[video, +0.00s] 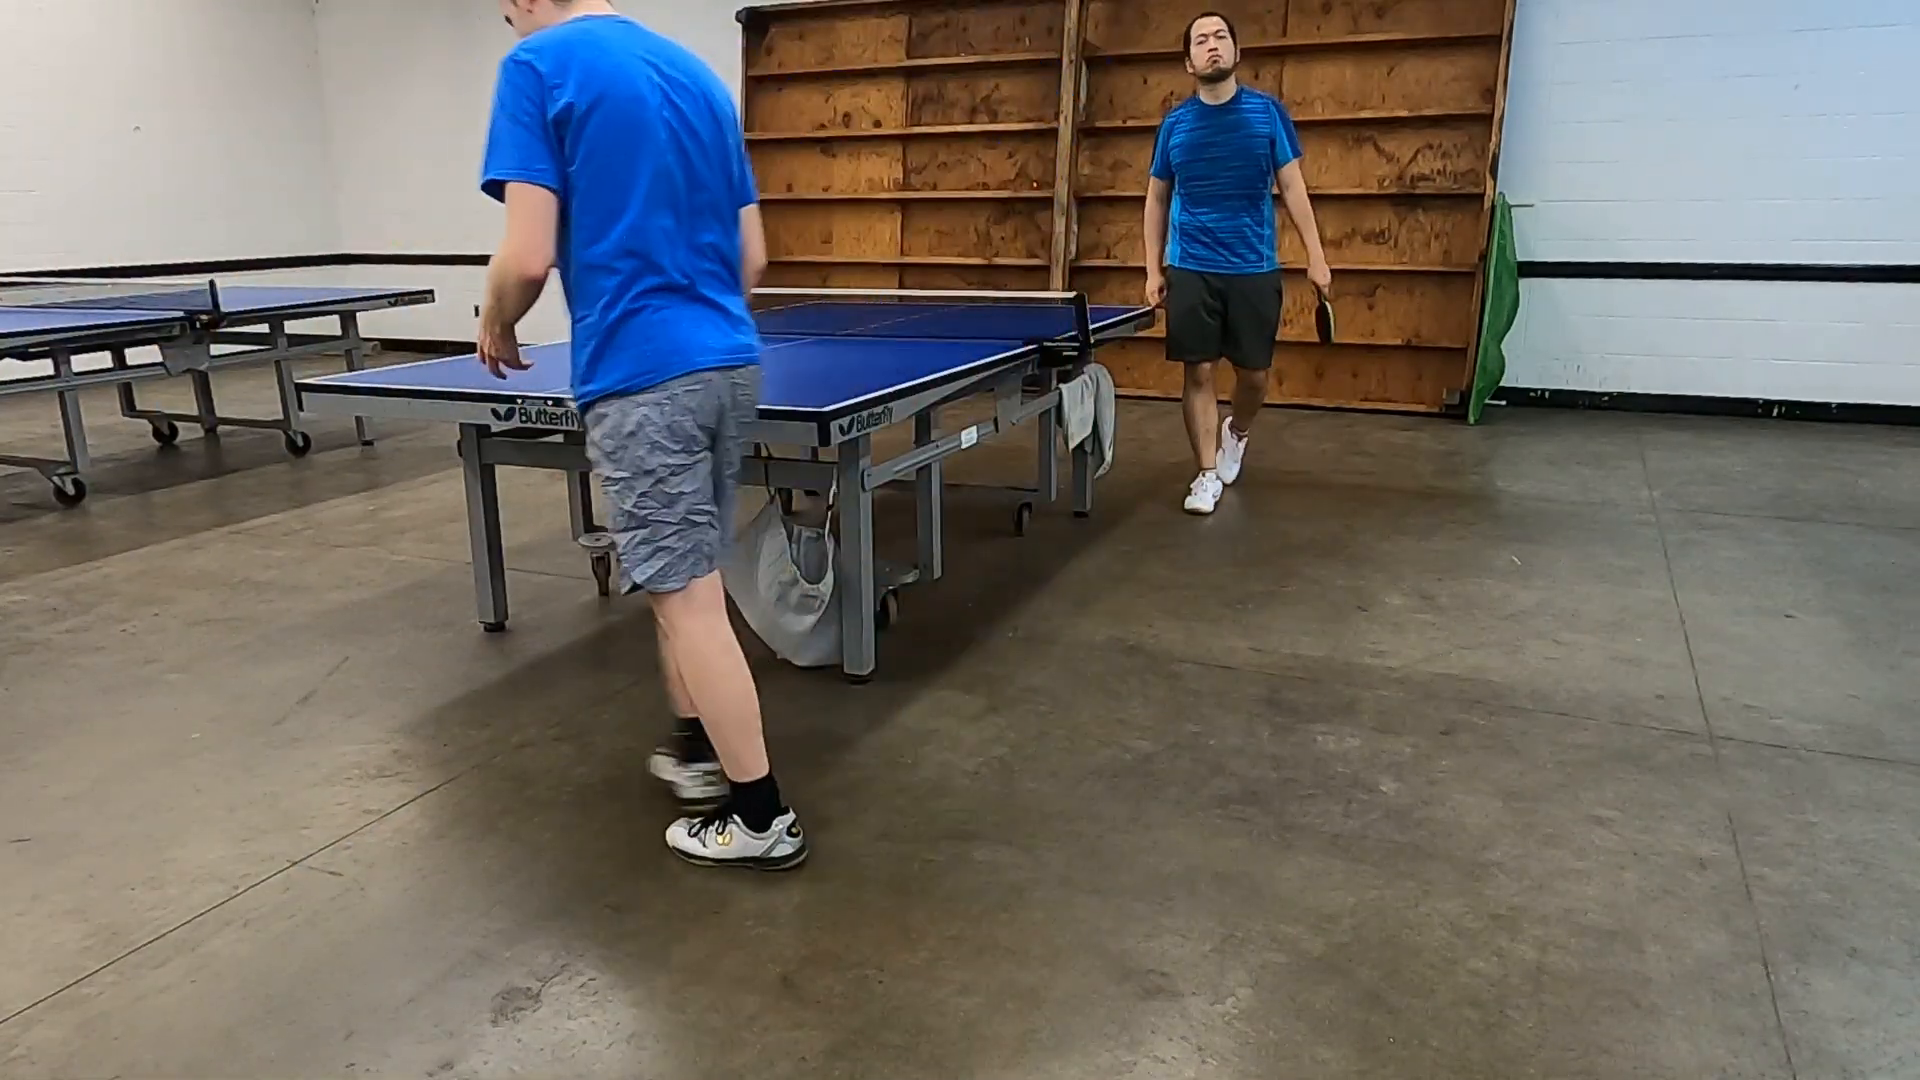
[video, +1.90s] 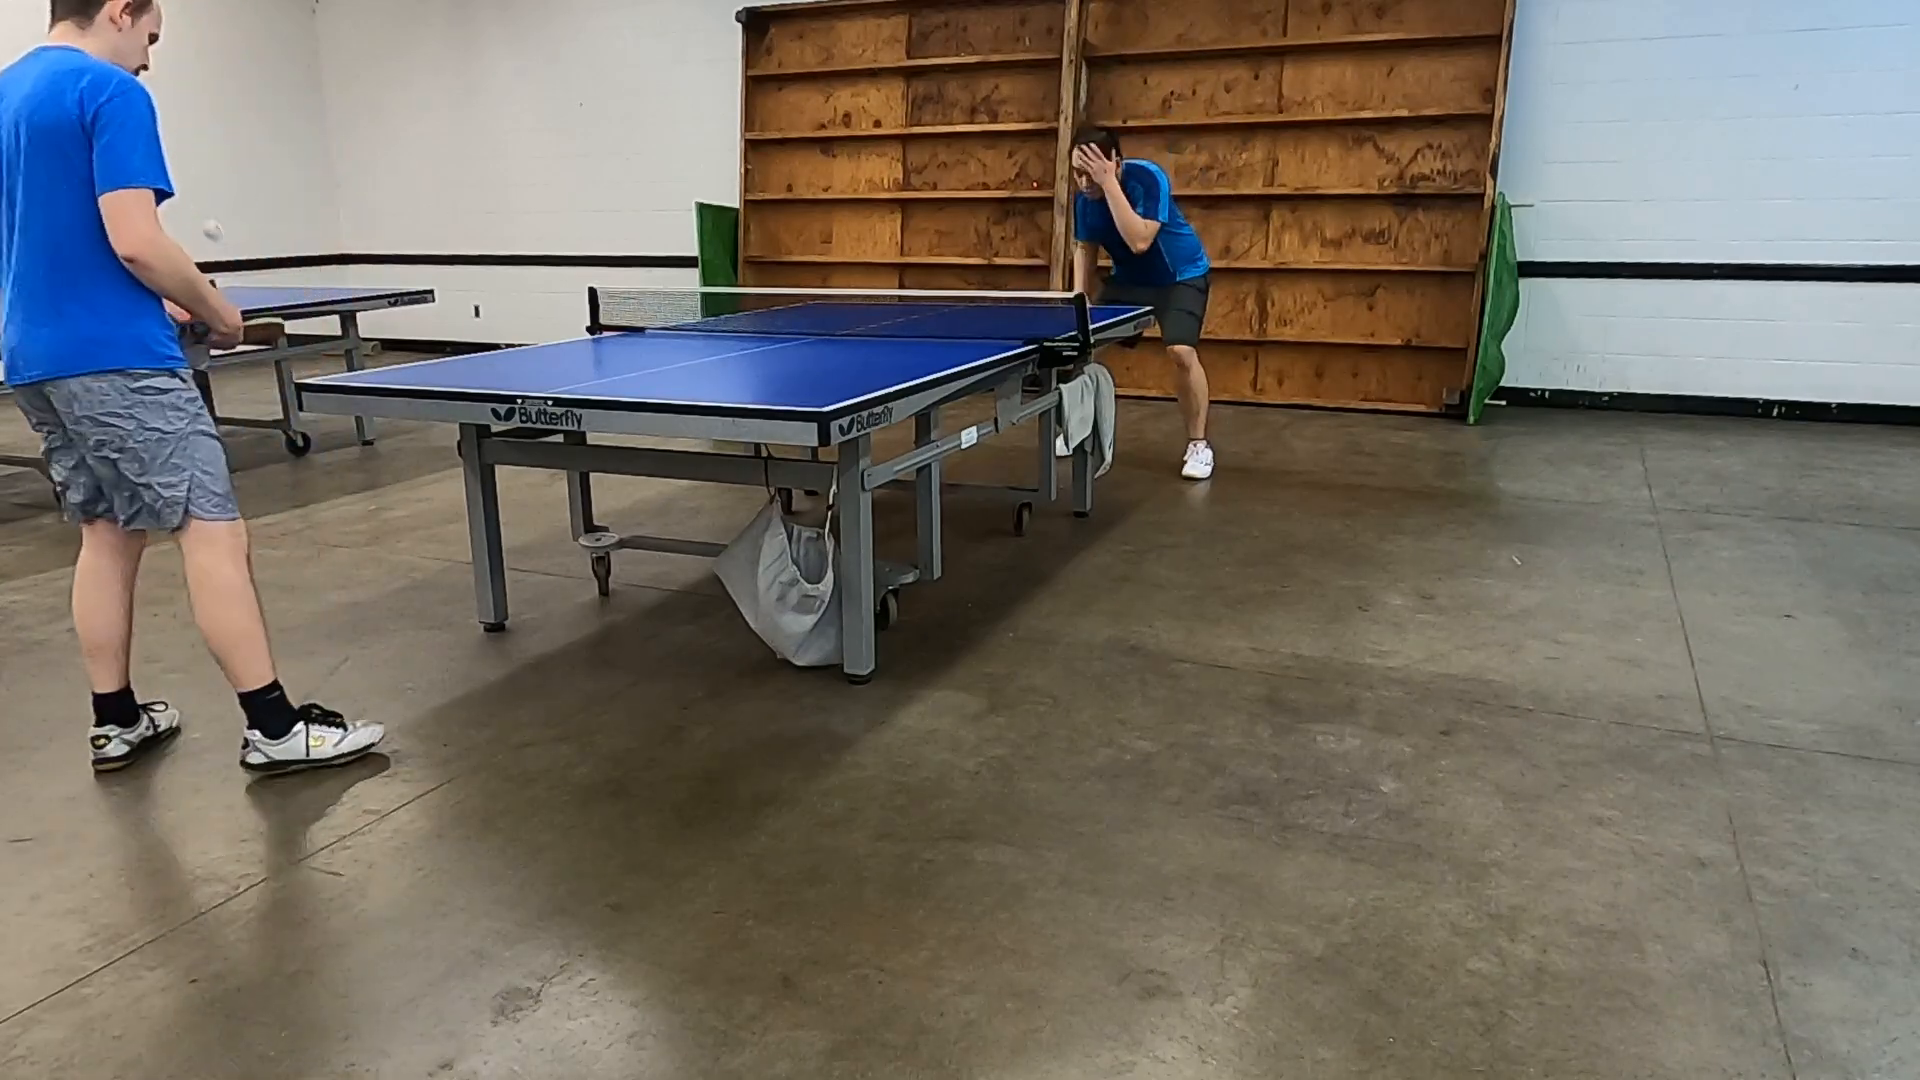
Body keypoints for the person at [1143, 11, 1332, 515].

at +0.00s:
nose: (1211, 45)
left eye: (1220, 37)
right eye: (1201, 41)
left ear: (1238, 52)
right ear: (1190, 62)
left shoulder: (1268, 112)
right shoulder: (1174, 124)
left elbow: (1293, 188)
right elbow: (1156, 200)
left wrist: (1316, 257)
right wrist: (1152, 269)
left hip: (1254, 269)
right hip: (1191, 268)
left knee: (1254, 374)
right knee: (1197, 371)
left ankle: (1234, 435)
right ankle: (1206, 473)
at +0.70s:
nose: (1241, 58)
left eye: (1252, 52)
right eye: (1234, 51)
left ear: (1268, 66)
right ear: (1223, 62)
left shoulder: (1278, 131)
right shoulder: (1193, 116)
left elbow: (1286, 199)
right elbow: (1154, 177)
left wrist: (1263, 243)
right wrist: (1174, 231)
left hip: (1238, 264)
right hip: (1182, 257)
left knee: (1230, 360)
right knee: (1169, 353)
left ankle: (1223, 446)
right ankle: (1149, 440)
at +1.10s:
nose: (1180, 66)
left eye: (1190, 60)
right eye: (1174, 61)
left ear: (1210, 73)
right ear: (1166, 73)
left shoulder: (1227, 129)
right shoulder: (1146, 129)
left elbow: (1252, 192)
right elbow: (1115, 189)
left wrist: (1199, 203)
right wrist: (1141, 206)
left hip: (1198, 268)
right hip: (1140, 263)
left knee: (1207, 358)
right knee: (1100, 348)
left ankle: (1221, 446)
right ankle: (1079, 427)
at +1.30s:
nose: (1128, 80)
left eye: (1140, 73)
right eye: (1124, 73)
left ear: (1162, 85)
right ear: (1118, 83)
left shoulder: (1182, 135)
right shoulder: (1107, 142)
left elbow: (1199, 199)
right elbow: (1088, 198)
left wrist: (1146, 184)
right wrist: (1073, 242)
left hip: (1168, 273)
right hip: (1111, 269)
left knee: (1187, 358)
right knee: (1083, 352)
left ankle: (1215, 445)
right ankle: (1080, 432)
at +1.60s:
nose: (1080, 119)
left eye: (1088, 110)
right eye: (1075, 110)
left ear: (1112, 109)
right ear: (1071, 111)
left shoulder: (1145, 141)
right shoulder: (1086, 151)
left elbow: (1151, 203)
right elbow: (1079, 205)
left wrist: (1103, 154)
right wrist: (1049, 249)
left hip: (1166, 266)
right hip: (1116, 266)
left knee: (1173, 347)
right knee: (1078, 343)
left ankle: (1196, 441)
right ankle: (1082, 429)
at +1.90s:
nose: (1082, 179)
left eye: (1088, 170)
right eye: (1077, 172)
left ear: (1113, 162)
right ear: (1073, 168)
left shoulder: (1149, 178)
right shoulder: (1086, 199)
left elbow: (1140, 240)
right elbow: (1085, 253)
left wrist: (1109, 184)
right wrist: (1080, 304)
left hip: (1181, 275)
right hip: (1130, 278)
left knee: (1180, 351)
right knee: (1076, 344)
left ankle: (1197, 445)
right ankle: (1078, 427)